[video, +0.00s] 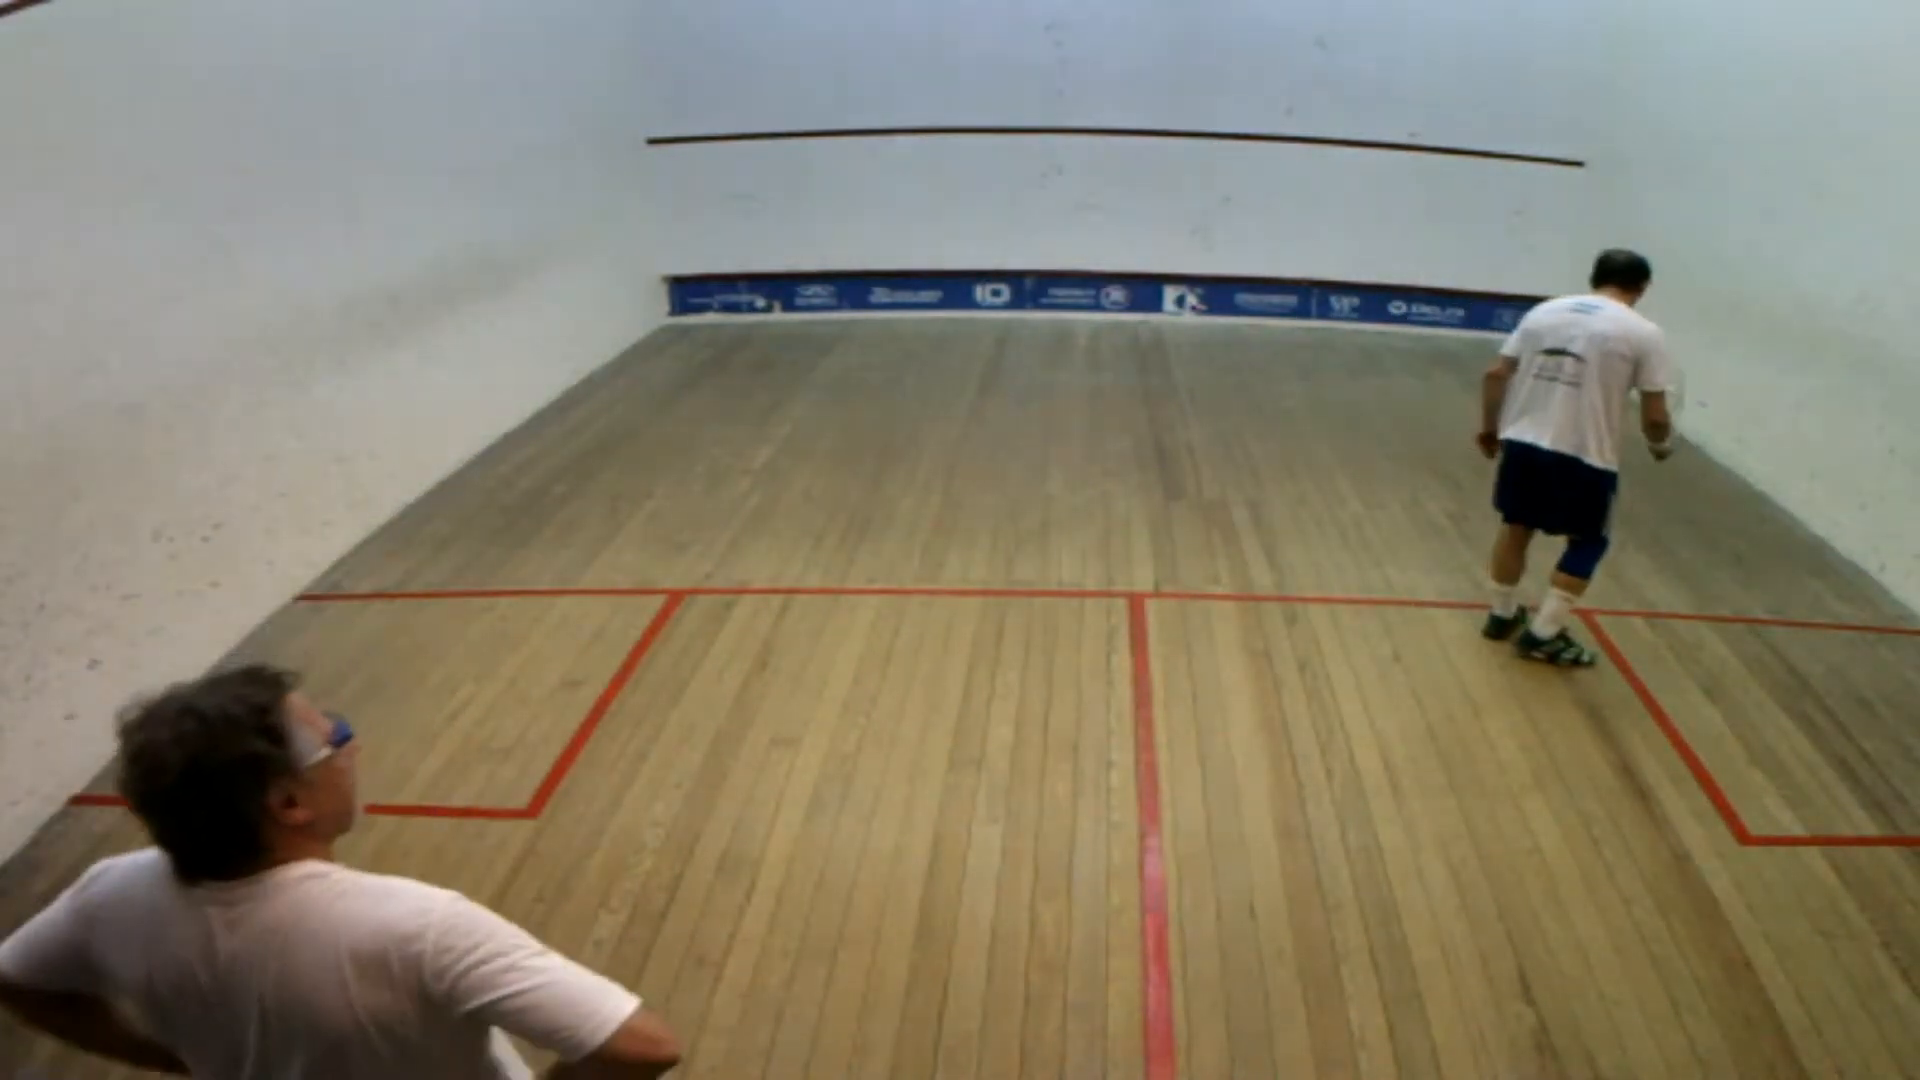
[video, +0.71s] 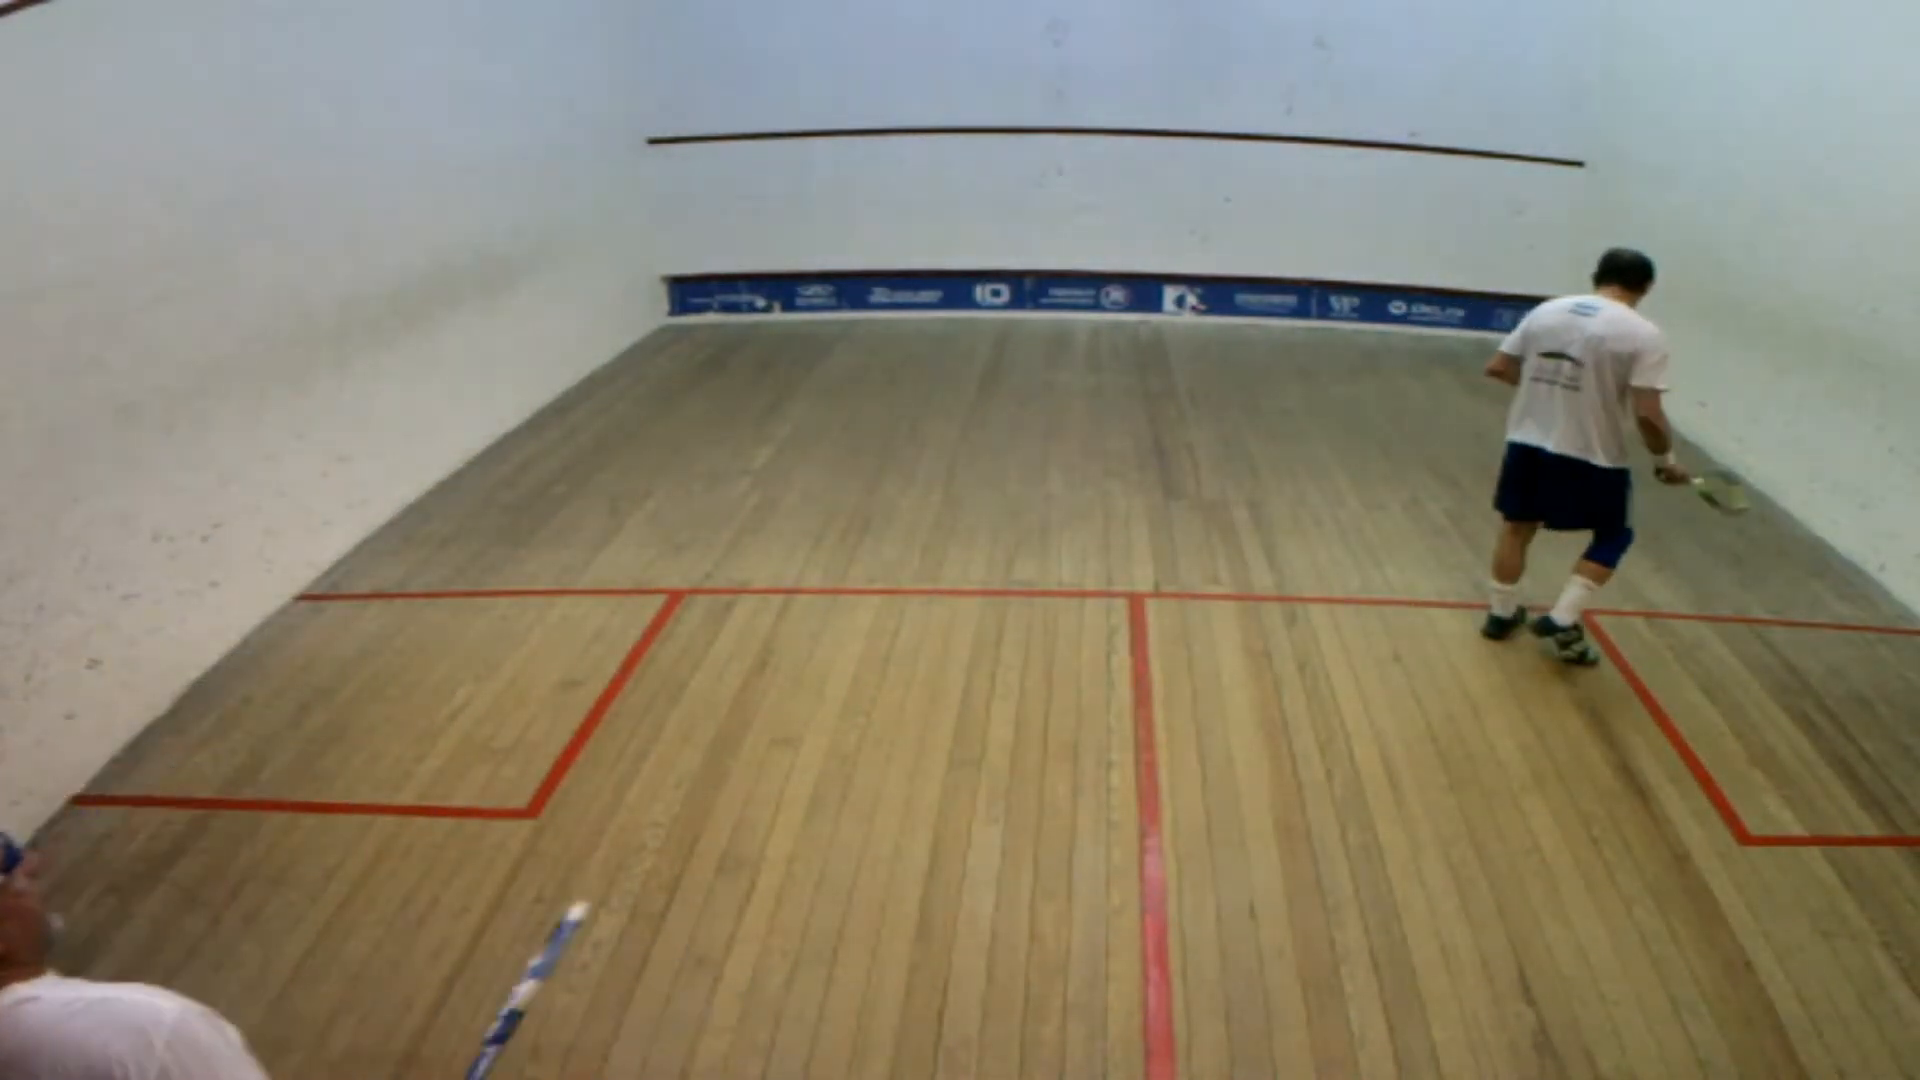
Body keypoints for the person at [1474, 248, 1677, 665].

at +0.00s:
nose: (1641, 297)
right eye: (1643, 291)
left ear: (1594, 280)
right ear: (1638, 288)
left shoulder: (1546, 310)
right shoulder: (1642, 333)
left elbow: (1496, 373)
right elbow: (1655, 418)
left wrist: (1489, 428)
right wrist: (1660, 445)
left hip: (1523, 443)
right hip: (1586, 457)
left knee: (1516, 526)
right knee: (1588, 541)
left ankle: (1501, 612)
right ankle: (1544, 631)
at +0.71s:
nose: (1641, 297)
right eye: (1645, 291)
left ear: (1598, 278)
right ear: (1642, 289)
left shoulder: (1550, 310)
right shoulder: (1643, 335)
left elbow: (1498, 366)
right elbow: (1648, 415)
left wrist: (1549, 385)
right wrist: (1665, 460)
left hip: (1529, 447)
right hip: (1593, 459)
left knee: (1517, 527)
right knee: (1612, 536)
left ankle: (1500, 614)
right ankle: (1562, 621)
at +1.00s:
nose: (1676, 297)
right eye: (1676, 291)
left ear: (1625, 282)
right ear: (1670, 294)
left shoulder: (1579, 319)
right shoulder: (1659, 338)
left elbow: (1559, 381)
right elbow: (1658, 410)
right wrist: (1717, 425)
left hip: (1552, 453)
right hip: (1618, 467)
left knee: (1527, 532)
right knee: (1629, 552)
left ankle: (1500, 615)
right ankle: (1639, 634)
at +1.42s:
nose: (1751, 312)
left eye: (1749, 303)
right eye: (1752, 305)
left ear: (1703, 292)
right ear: (1743, 308)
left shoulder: (1662, 324)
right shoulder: (1715, 353)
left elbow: (1646, 389)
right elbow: (1725, 425)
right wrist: (1797, 409)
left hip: (1608, 450)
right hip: (1666, 475)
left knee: (1567, 531)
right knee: (1661, 558)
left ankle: (1510, 607)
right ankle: (1640, 636)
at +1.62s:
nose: (1770, 312)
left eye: (1766, 303)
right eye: (1771, 306)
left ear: (1722, 295)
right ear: (1763, 312)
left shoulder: (1683, 323)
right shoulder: (1735, 361)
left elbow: (1704, 367)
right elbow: (1762, 432)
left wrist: (1760, 356)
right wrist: (1825, 404)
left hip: (1619, 448)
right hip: (1676, 478)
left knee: (1576, 523)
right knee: (1664, 559)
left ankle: (1516, 599)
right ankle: (1641, 636)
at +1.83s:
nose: (1791, 323)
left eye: (1789, 313)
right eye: (1791, 316)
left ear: (1741, 300)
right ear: (1780, 320)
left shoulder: (1700, 324)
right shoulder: (1746, 369)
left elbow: (1668, 343)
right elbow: (1798, 432)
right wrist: (1862, 399)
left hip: (1623, 449)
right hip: (1677, 484)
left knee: (1579, 524)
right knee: (1672, 559)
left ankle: (1516, 598)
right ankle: (1640, 636)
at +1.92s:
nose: (1793, 331)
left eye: (1795, 323)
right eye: (1793, 323)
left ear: (1743, 307)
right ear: (1779, 324)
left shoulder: (1698, 328)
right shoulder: (1756, 373)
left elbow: (1630, 338)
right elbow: (1825, 434)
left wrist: (1648, 351)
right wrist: (1886, 418)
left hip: (1623, 451)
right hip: (1679, 487)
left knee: (1574, 525)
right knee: (1685, 551)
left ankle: (1510, 595)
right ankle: (1641, 634)